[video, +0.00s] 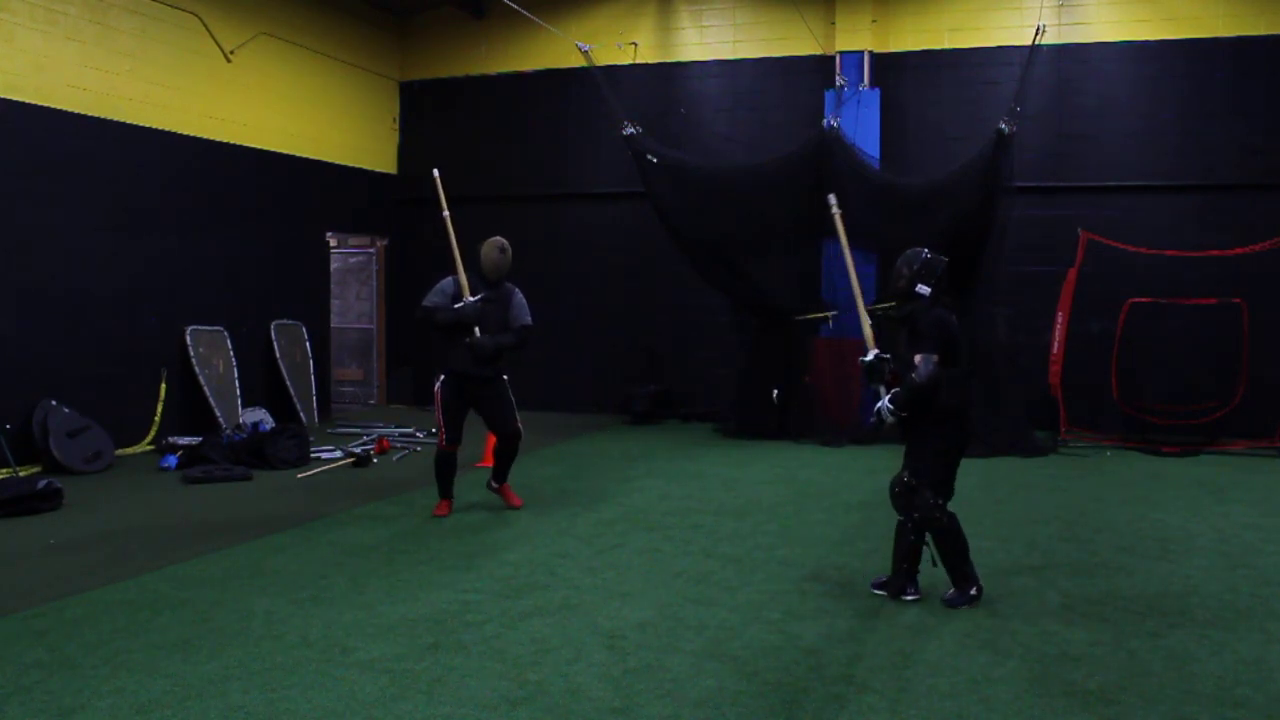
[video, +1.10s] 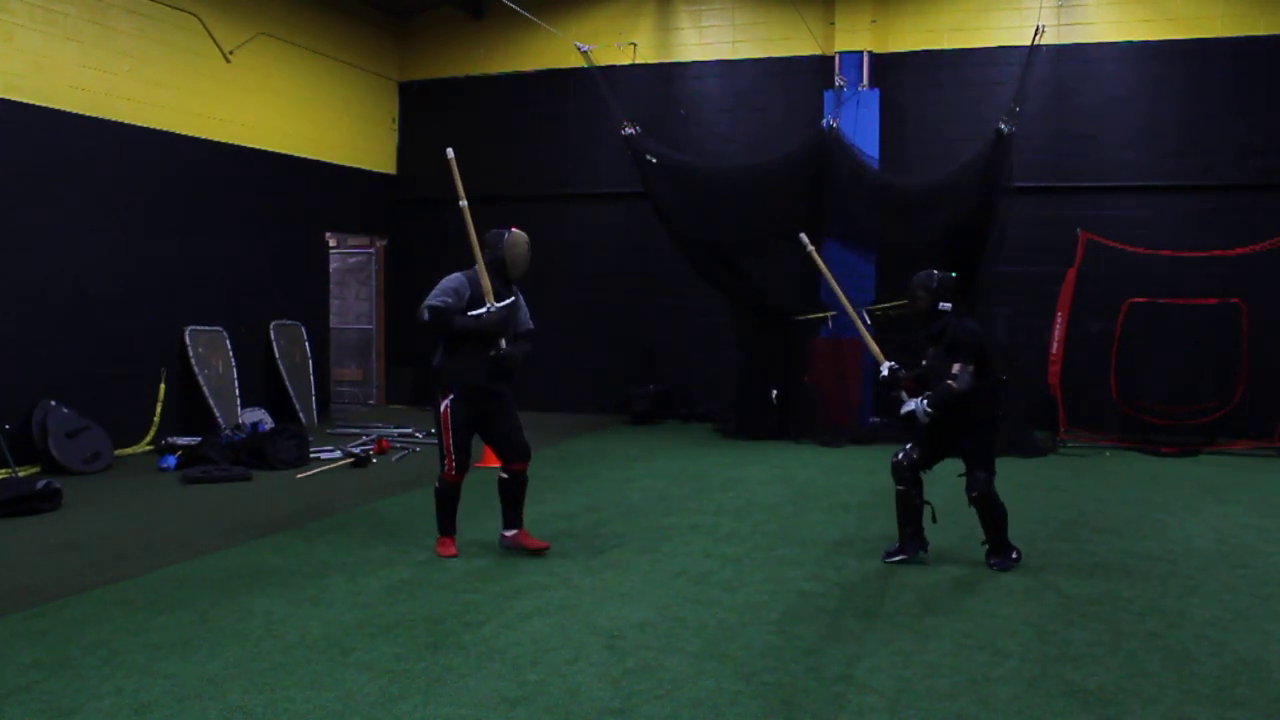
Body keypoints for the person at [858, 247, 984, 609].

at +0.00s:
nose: (896, 280)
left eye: (902, 274)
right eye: (899, 273)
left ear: (916, 279)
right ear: (927, 280)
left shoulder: (927, 317)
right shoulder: (920, 315)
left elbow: (926, 372)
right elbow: (918, 368)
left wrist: (894, 402)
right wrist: (887, 367)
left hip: (943, 422)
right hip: (929, 420)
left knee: (926, 498)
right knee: (911, 494)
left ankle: (967, 582)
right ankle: (904, 578)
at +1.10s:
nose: (914, 303)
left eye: (919, 297)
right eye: (915, 297)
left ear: (934, 299)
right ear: (934, 298)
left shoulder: (962, 330)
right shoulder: (933, 330)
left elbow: (961, 382)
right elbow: (930, 376)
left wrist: (926, 405)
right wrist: (900, 377)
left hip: (979, 420)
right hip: (948, 419)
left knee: (979, 488)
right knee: (904, 465)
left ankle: (1002, 549)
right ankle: (911, 542)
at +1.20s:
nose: (919, 304)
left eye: (924, 297)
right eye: (919, 297)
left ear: (940, 297)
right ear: (933, 297)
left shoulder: (969, 329)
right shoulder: (936, 330)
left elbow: (970, 379)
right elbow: (935, 374)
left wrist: (934, 400)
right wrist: (904, 375)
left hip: (981, 417)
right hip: (949, 415)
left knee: (982, 484)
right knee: (904, 461)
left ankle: (1001, 549)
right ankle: (901, 532)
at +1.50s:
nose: (897, 307)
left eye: (902, 301)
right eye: (896, 301)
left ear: (920, 303)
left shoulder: (948, 331)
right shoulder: (911, 333)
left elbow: (963, 378)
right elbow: (912, 372)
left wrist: (927, 403)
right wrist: (887, 382)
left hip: (964, 418)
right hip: (931, 417)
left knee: (975, 483)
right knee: (894, 471)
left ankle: (1000, 548)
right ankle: (880, 538)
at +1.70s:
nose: (882, 308)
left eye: (889, 302)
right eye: (881, 302)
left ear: (907, 303)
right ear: (882, 303)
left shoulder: (934, 329)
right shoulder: (888, 332)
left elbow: (942, 373)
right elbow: (890, 372)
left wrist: (908, 394)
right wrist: (864, 374)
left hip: (948, 413)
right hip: (912, 414)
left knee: (964, 474)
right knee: (886, 467)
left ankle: (977, 538)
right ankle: (879, 536)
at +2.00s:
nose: (893, 306)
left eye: (899, 300)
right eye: (892, 300)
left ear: (916, 302)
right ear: (893, 302)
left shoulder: (942, 329)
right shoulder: (891, 330)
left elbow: (951, 376)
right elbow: (890, 376)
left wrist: (919, 396)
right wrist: (872, 379)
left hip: (942, 414)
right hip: (904, 413)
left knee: (953, 476)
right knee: (871, 459)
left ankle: (949, 537)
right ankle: (858, 530)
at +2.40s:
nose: (864, 318)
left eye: (869, 311)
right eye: (861, 312)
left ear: (886, 311)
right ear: (860, 312)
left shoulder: (911, 337)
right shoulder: (871, 342)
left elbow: (927, 380)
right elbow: (867, 387)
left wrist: (896, 403)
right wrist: (847, 391)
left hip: (922, 424)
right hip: (888, 426)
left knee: (939, 481)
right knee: (851, 467)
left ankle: (949, 537)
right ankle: (830, 537)